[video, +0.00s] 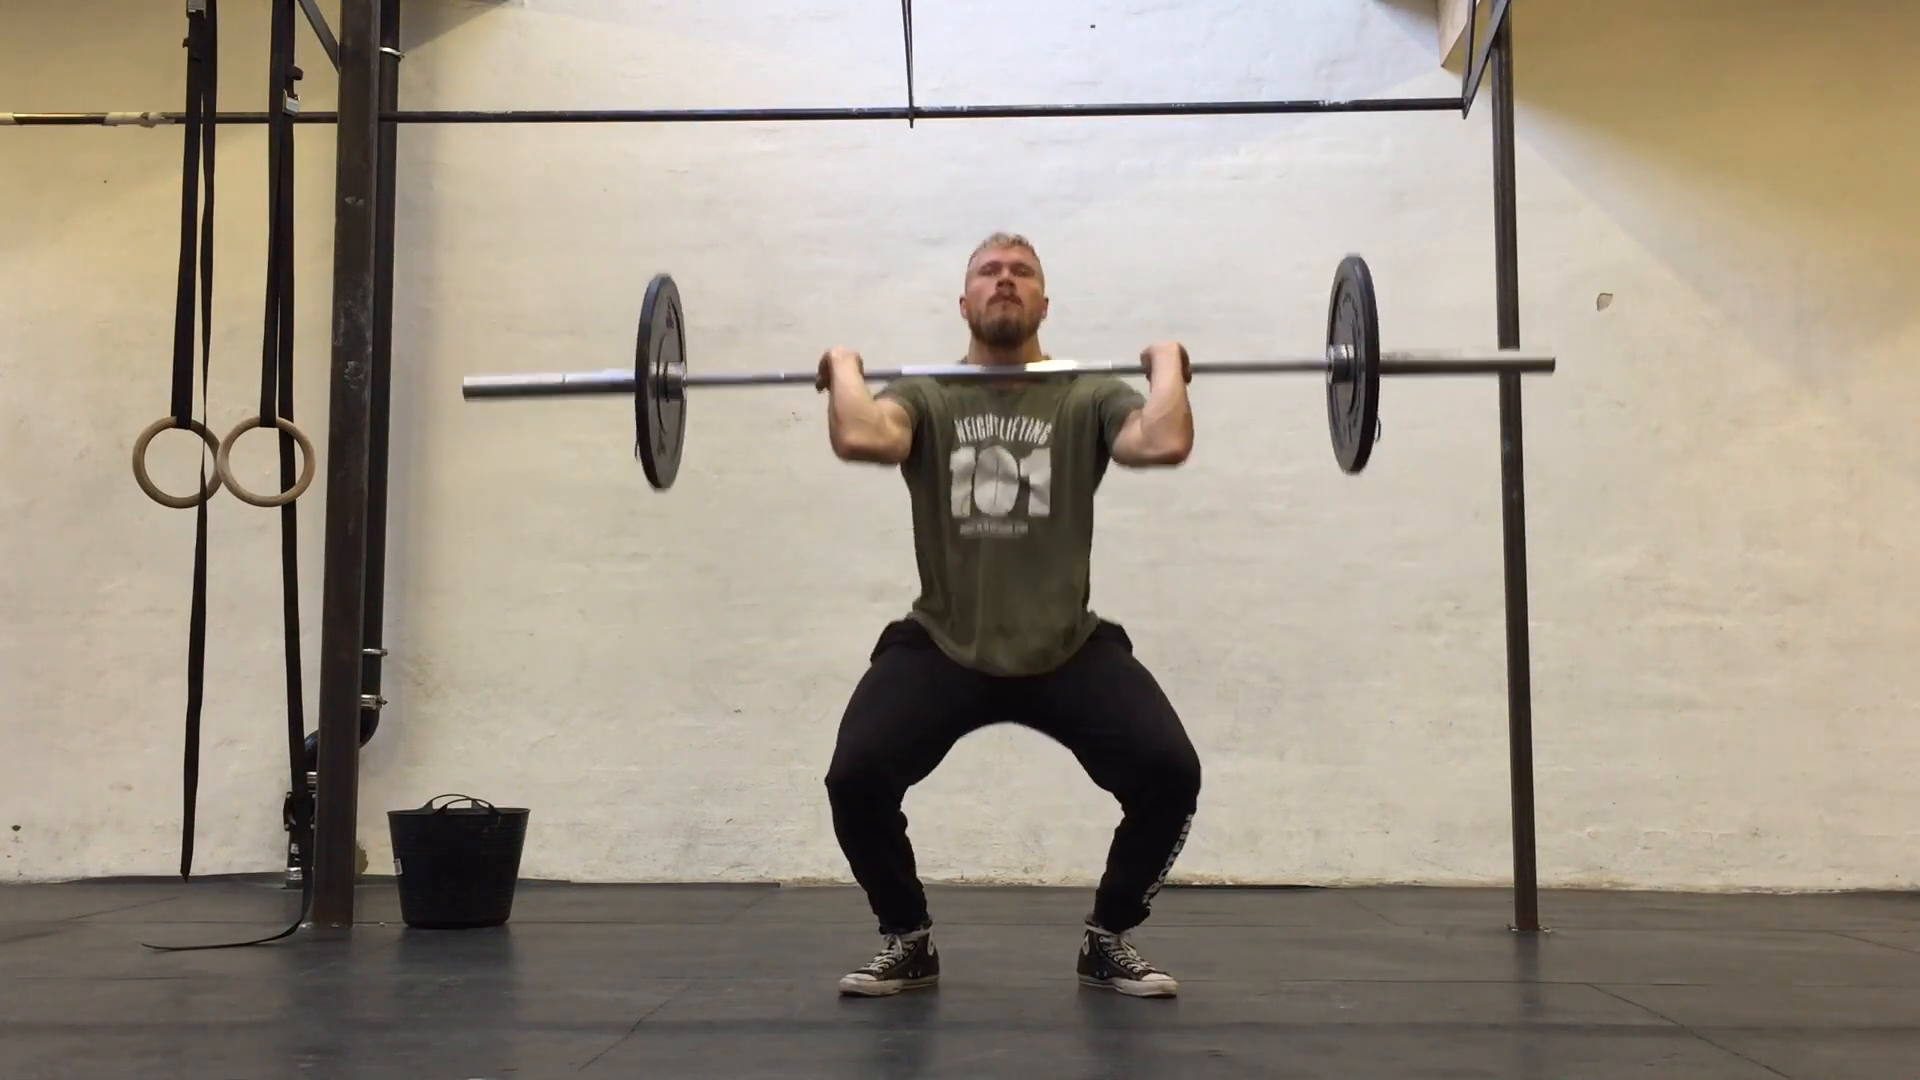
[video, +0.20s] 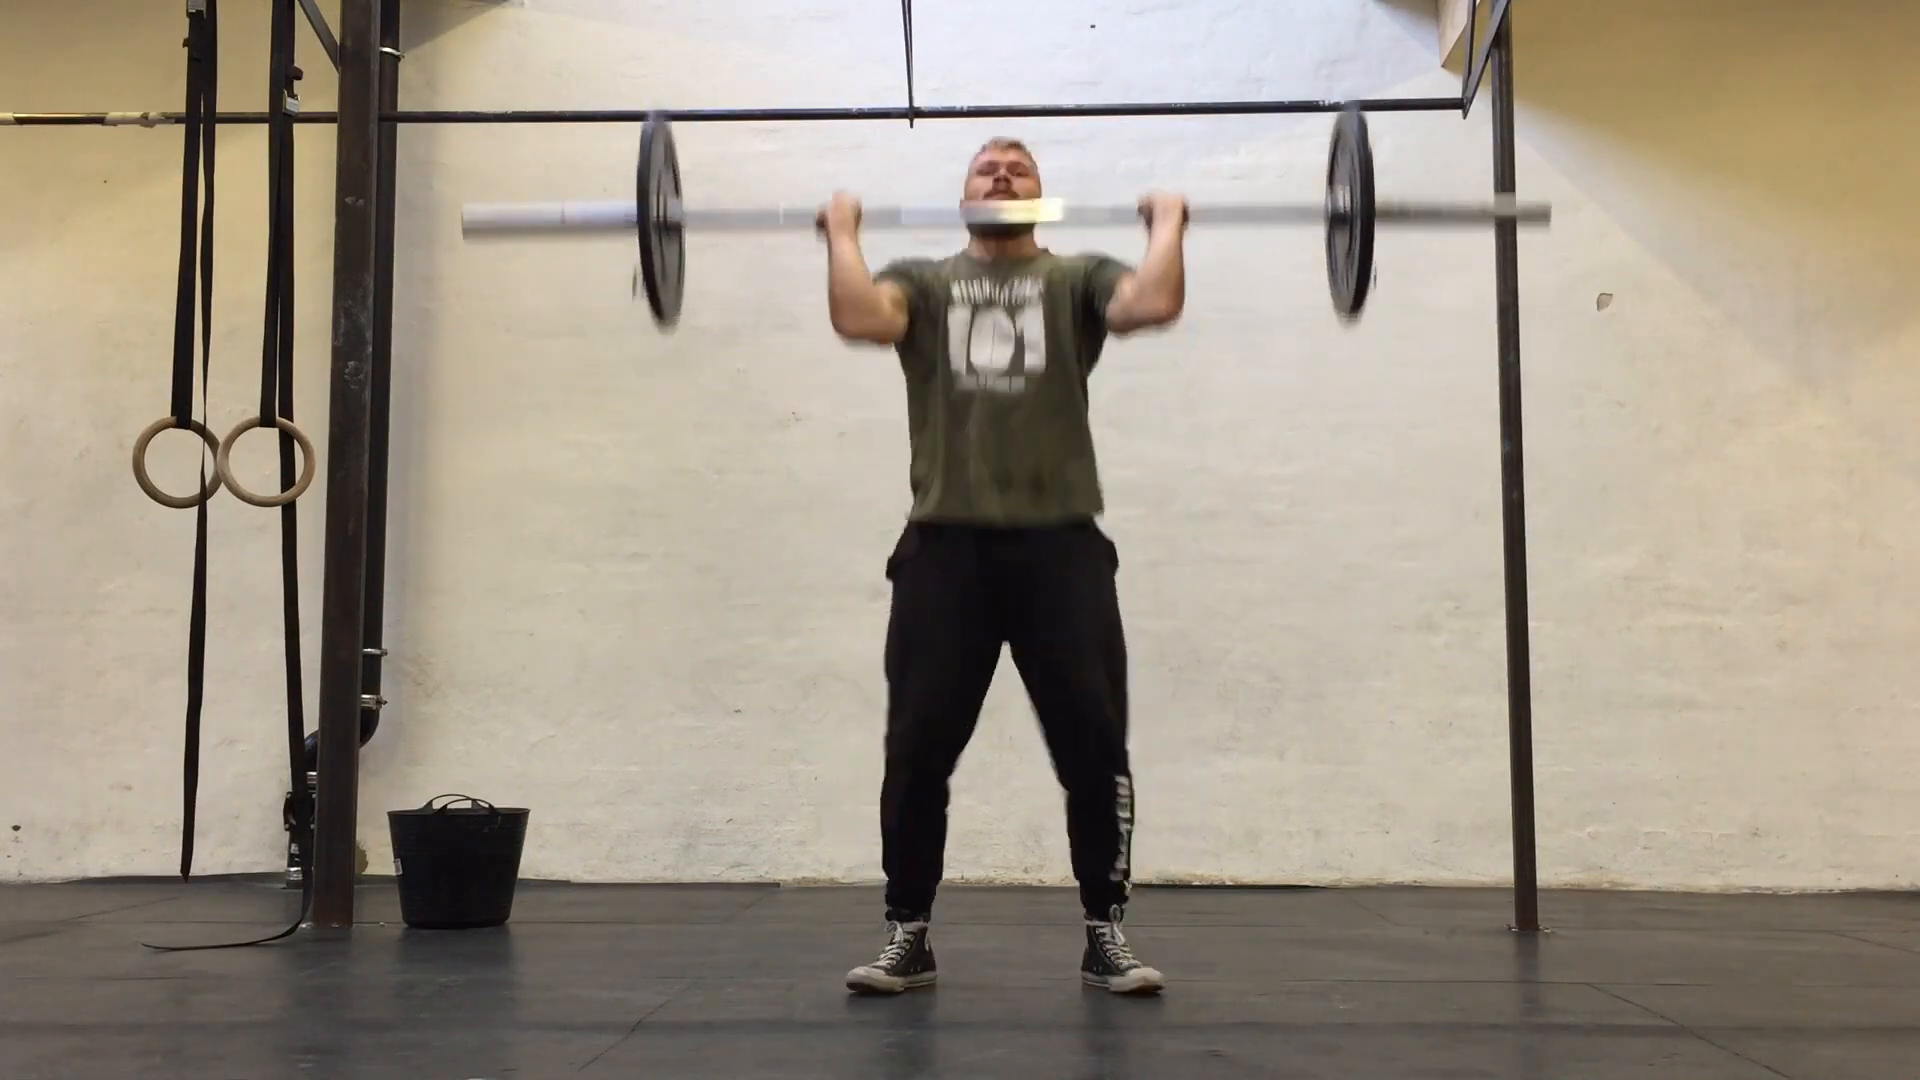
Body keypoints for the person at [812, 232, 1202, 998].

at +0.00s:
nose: (1004, 279)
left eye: (1021, 271)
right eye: (988, 270)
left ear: (1044, 303)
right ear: (963, 301)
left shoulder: (1089, 392)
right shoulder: (924, 396)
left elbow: (1167, 442)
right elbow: (857, 436)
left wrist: (1166, 359)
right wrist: (843, 362)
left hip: (1066, 649)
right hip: (944, 648)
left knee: (1168, 776)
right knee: (857, 779)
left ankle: (1107, 943)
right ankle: (908, 945)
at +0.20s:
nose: (1002, 173)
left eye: (1018, 168)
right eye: (986, 168)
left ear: (1041, 200)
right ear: (962, 201)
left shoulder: (1075, 279)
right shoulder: (924, 283)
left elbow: (1155, 303)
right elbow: (857, 318)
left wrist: (1169, 219)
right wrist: (841, 234)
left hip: (1060, 552)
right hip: (945, 552)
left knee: (1095, 747)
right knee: (916, 748)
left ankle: (1107, 938)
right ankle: (905, 938)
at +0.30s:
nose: (998, 165)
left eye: (1016, 159)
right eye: (982, 159)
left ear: (1040, 191)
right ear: (961, 191)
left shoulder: (1079, 261)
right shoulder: (918, 266)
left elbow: (1183, 221)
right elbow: (825, 231)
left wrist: (1174, 119)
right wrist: (834, 124)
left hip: (1061, 527)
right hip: (945, 530)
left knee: (1088, 735)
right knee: (925, 736)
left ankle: (1110, 936)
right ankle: (904, 935)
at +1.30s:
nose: (1000, 145)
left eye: (1017, 136)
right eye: (984, 137)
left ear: (1043, 167)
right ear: (962, 169)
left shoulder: (1088, 257)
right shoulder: (920, 255)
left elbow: (1198, 309)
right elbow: (795, 280)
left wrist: (1188, 272)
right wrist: (825, 263)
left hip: (1071, 524)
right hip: (956, 526)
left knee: (1104, 728)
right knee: (923, 729)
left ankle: (1110, 924)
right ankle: (902, 926)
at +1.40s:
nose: (1005, 129)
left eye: (1022, 120)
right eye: (989, 120)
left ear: (1048, 148)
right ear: (965, 148)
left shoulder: (1089, 239)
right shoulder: (923, 236)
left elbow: (1200, 304)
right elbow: (812, 294)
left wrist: (1185, 366)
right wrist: (839, 361)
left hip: (1070, 503)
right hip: (958, 504)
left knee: (1101, 713)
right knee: (926, 711)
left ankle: (1115, 915)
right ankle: (903, 916)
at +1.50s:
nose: (1007, 151)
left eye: (1024, 142)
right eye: (991, 141)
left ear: (1049, 171)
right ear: (965, 169)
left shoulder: (1100, 279)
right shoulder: (917, 278)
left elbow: (1176, 379)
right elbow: (843, 381)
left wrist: (1184, 497)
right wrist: (846, 495)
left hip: (1074, 548)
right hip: (951, 550)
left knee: (1107, 737)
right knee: (921, 741)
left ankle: (1110, 932)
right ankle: (908, 931)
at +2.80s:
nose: (1010, 274)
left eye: (1027, 266)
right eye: (995, 265)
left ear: (1051, 298)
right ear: (970, 297)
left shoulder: (1094, 390)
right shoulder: (931, 391)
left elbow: (1169, 438)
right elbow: (866, 433)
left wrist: (1171, 356)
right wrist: (852, 358)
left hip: (1072, 646)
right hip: (948, 646)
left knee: (1170, 780)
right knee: (867, 784)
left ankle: (1109, 943)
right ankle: (913, 943)